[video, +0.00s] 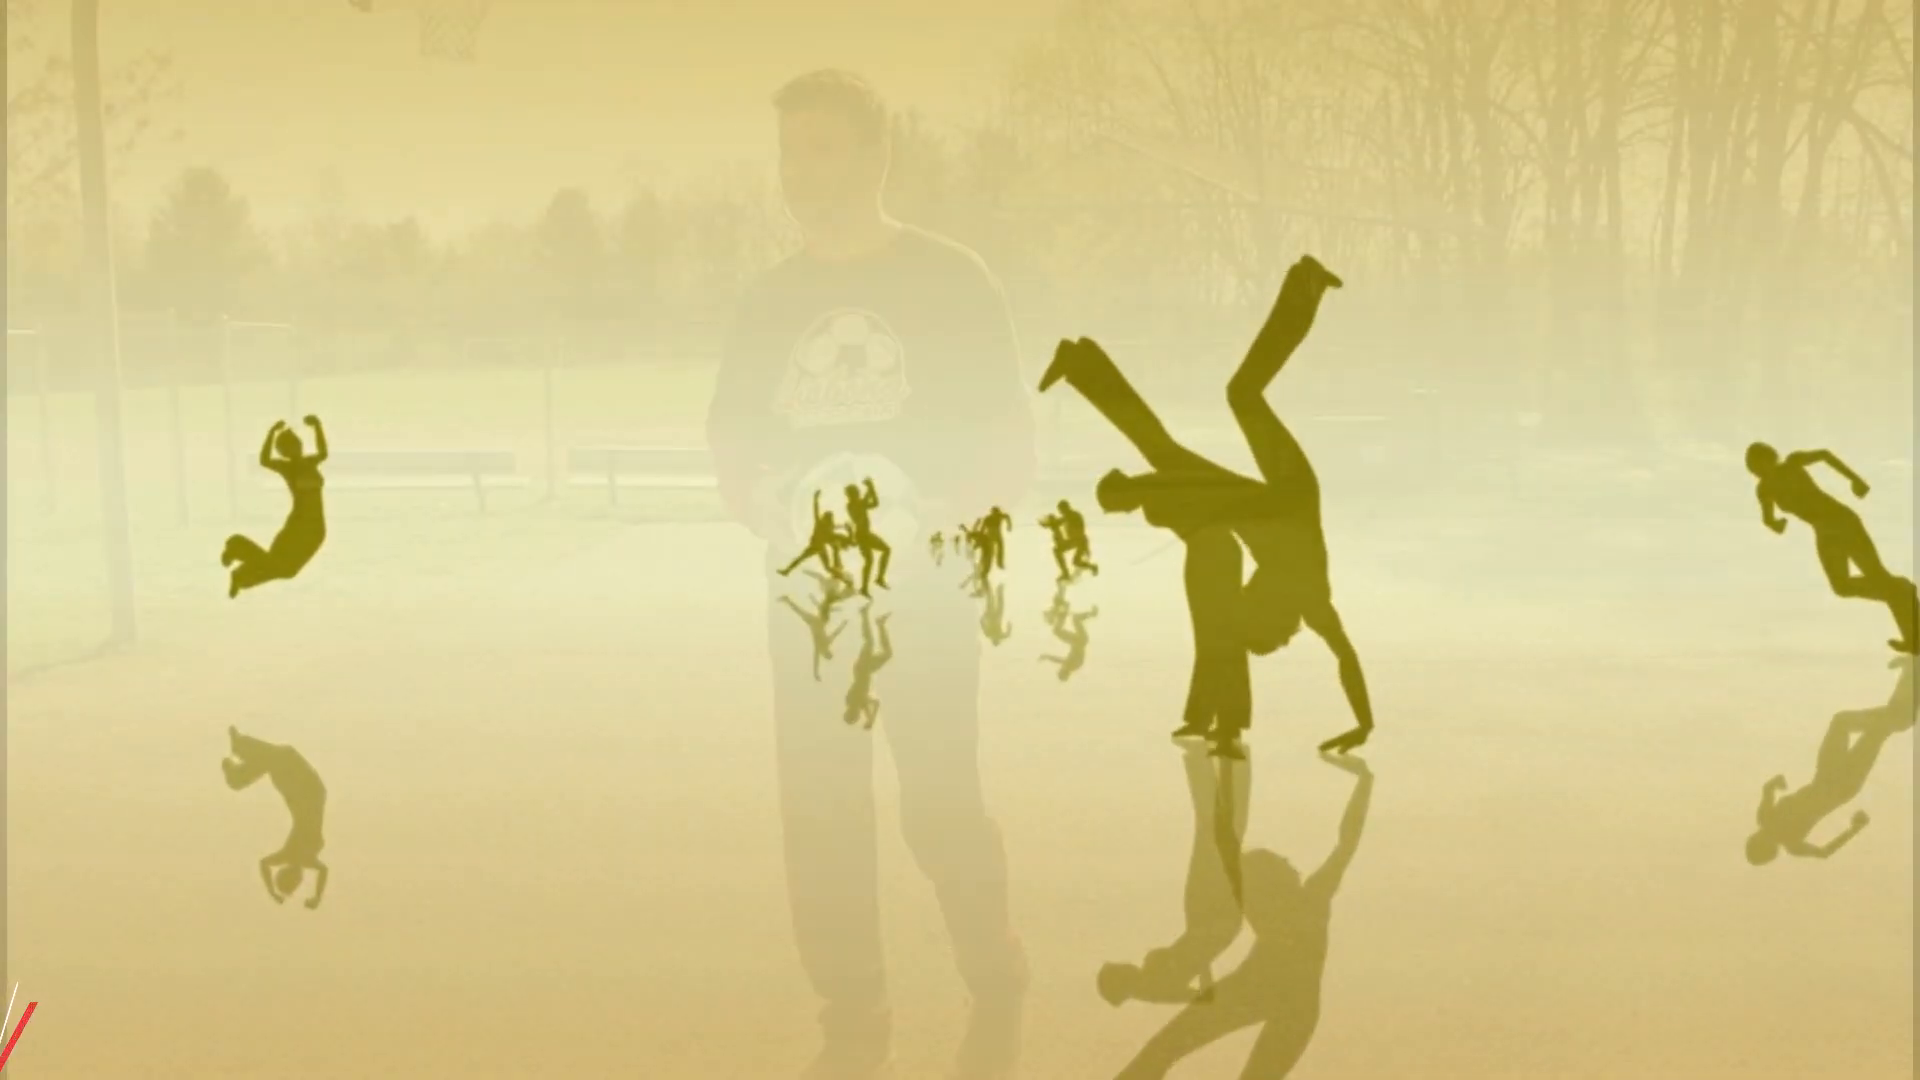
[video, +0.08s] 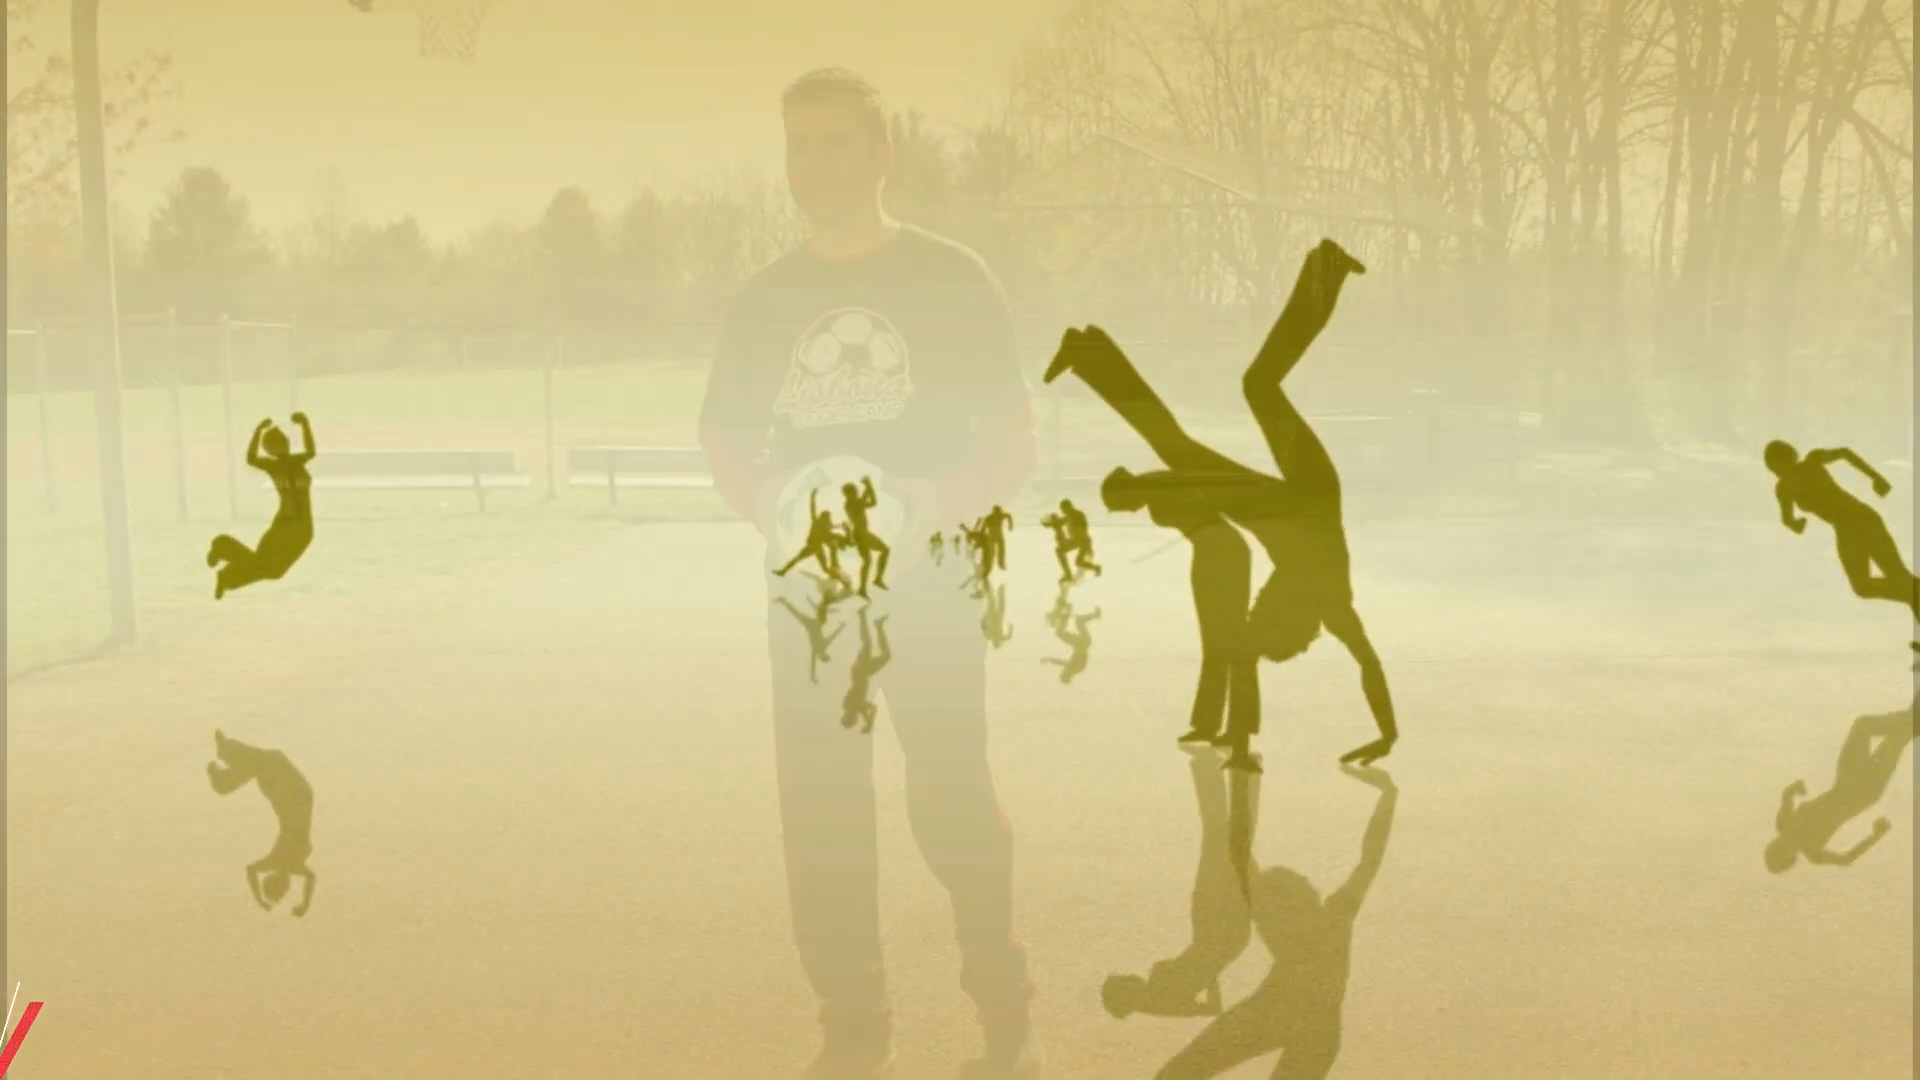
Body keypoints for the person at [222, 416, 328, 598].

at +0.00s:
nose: (295, 446)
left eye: (295, 442)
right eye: (289, 444)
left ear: (300, 442)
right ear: (284, 449)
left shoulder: (309, 463)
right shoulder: (287, 467)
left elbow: (323, 454)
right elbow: (265, 461)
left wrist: (318, 427)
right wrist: (271, 433)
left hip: (316, 524)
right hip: (298, 521)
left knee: (289, 570)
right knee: (276, 564)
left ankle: (242, 578)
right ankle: (238, 546)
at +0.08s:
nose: (283, 443)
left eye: (282, 439)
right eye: (277, 441)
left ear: (286, 440)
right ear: (271, 447)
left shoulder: (296, 461)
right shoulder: (273, 465)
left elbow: (310, 452)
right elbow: (251, 459)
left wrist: (305, 424)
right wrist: (258, 431)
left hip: (304, 524)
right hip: (285, 522)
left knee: (276, 571)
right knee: (262, 564)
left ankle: (228, 579)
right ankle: (224, 546)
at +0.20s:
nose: (274, 443)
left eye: (274, 438)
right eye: (269, 440)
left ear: (277, 439)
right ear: (262, 445)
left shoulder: (286, 461)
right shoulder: (265, 464)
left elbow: (302, 451)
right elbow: (242, 457)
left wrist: (297, 422)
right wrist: (250, 429)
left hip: (295, 524)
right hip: (276, 522)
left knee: (267, 572)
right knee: (253, 564)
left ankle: (219, 580)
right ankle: (215, 547)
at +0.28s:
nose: (260, 440)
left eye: (260, 435)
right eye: (255, 437)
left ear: (264, 437)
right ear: (249, 443)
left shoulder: (275, 460)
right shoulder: (251, 462)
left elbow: (289, 449)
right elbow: (228, 456)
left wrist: (283, 420)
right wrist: (235, 427)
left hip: (282, 525)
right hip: (262, 523)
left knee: (254, 572)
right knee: (239, 564)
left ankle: (205, 579)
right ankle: (199, 547)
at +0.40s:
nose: (251, 438)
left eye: (250, 433)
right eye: (245, 435)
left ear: (255, 435)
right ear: (239, 441)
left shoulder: (265, 458)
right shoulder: (241, 460)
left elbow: (279, 448)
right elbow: (218, 455)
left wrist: (274, 419)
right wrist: (225, 425)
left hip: (273, 525)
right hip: (253, 523)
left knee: (244, 572)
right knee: (230, 565)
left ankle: (194, 580)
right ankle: (189, 547)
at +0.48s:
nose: (234, 435)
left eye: (234, 431)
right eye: (229, 433)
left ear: (238, 433)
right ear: (223, 439)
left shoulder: (249, 456)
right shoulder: (228, 460)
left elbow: (265, 446)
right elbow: (202, 453)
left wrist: (260, 417)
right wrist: (210, 423)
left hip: (258, 526)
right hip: (238, 524)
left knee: (229, 572)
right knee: (215, 565)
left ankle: (179, 581)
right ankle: (174, 547)